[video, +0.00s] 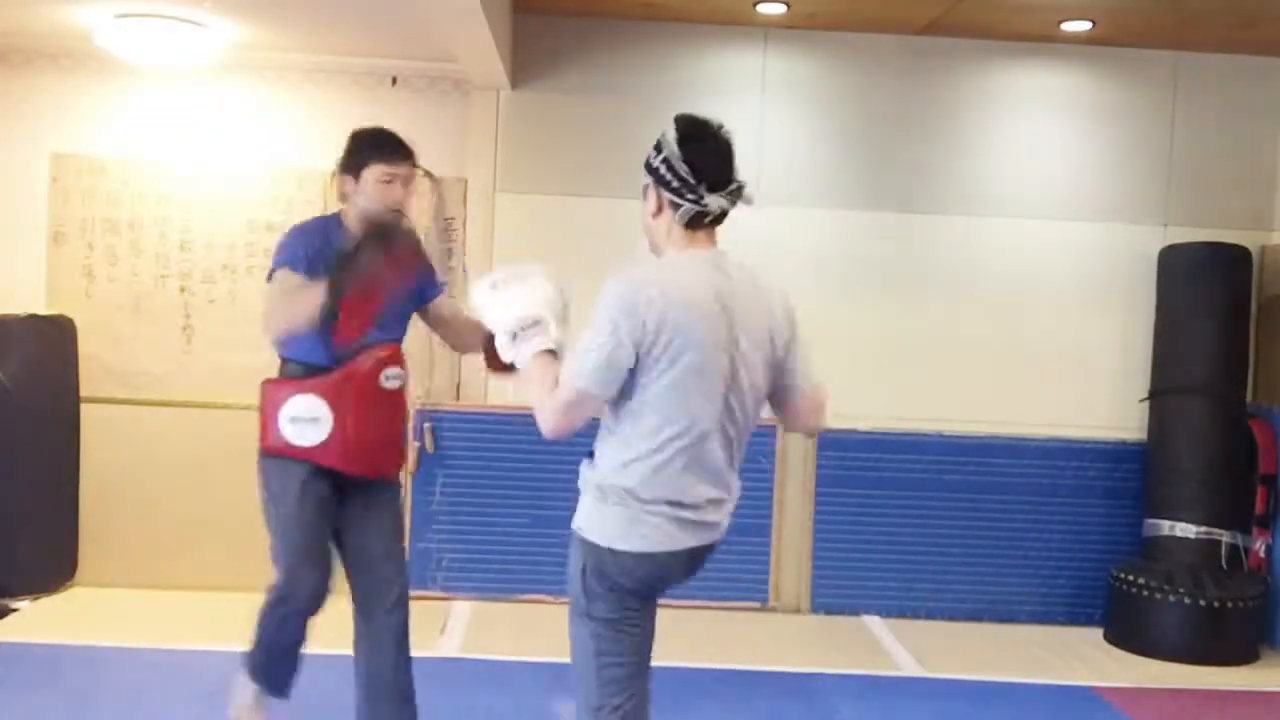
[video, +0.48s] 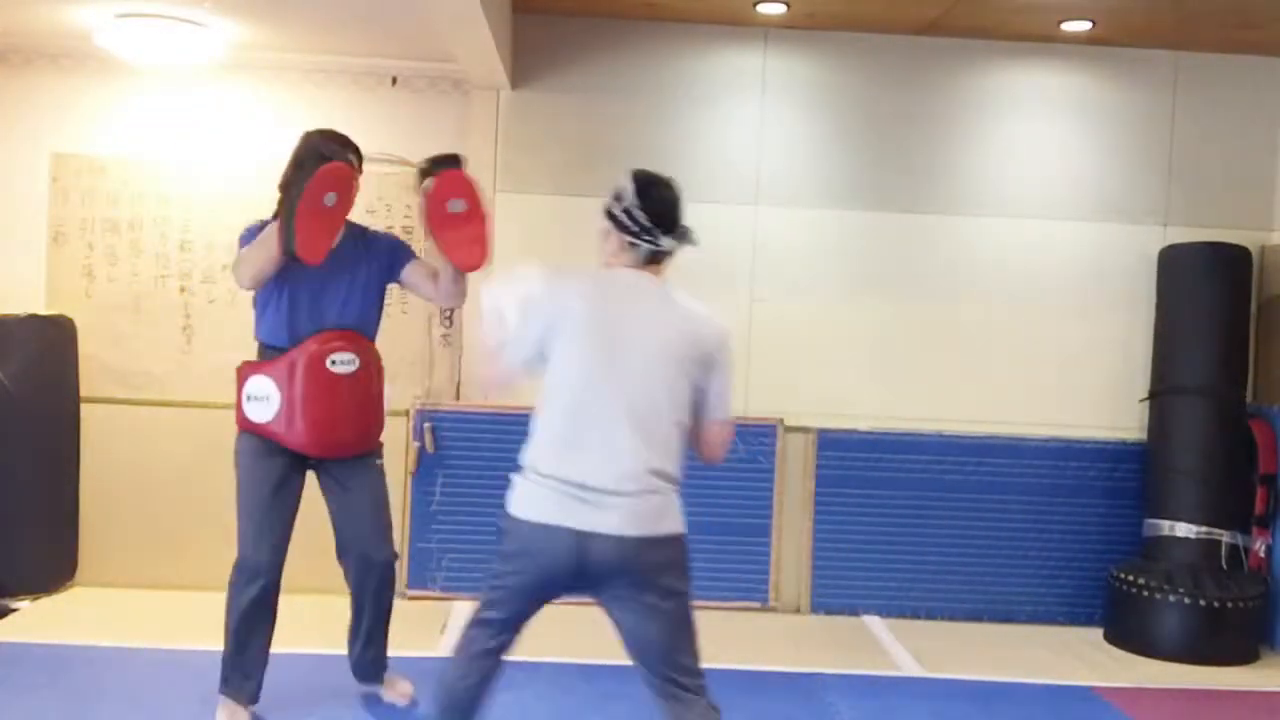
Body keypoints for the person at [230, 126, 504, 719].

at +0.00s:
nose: (401, 194)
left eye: (408, 182)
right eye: (388, 180)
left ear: (414, 187)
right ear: (347, 183)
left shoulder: (405, 250)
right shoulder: (309, 240)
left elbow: (455, 331)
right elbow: (278, 322)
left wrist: (510, 325)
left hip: (371, 440)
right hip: (300, 435)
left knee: (385, 594)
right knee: (304, 579)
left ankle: (390, 716)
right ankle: (260, 686)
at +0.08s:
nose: (387, 205)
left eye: (391, 192)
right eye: (374, 191)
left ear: (393, 195)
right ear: (335, 189)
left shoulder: (393, 264)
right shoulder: (295, 245)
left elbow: (454, 329)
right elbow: (280, 308)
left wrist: (496, 305)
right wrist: (335, 246)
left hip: (358, 439)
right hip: (289, 433)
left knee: (379, 588)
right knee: (277, 575)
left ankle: (383, 716)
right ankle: (234, 682)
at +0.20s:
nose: (346, 203)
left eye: (352, 194)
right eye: (336, 191)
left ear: (357, 199)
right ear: (309, 192)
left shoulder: (373, 267)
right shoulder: (266, 251)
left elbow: (444, 319)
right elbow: (272, 292)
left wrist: (459, 251)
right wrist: (316, 223)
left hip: (344, 440)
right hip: (272, 438)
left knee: (380, 577)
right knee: (262, 577)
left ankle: (387, 715)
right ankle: (231, 694)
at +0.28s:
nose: (339, 199)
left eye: (347, 189)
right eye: (328, 187)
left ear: (352, 195)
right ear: (300, 188)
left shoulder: (370, 261)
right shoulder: (261, 245)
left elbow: (439, 313)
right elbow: (263, 286)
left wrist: (452, 246)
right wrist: (301, 223)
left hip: (344, 426)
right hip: (271, 425)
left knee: (377, 568)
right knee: (262, 576)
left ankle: (375, 710)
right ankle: (233, 700)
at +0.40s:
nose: (334, 190)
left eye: (343, 181)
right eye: (324, 177)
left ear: (353, 187)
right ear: (298, 176)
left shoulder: (374, 249)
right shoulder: (263, 235)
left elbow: (445, 295)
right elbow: (250, 277)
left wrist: (452, 231)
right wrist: (296, 214)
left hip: (347, 416)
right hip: (272, 414)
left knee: (375, 556)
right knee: (258, 561)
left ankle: (372, 677)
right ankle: (236, 697)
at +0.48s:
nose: (338, 188)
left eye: (348, 179)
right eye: (328, 176)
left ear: (357, 185)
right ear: (301, 175)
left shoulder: (376, 247)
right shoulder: (267, 235)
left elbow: (447, 293)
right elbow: (248, 276)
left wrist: (453, 223)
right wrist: (297, 214)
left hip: (348, 414)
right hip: (274, 412)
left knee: (375, 555)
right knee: (258, 561)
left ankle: (371, 670)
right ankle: (237, 695)